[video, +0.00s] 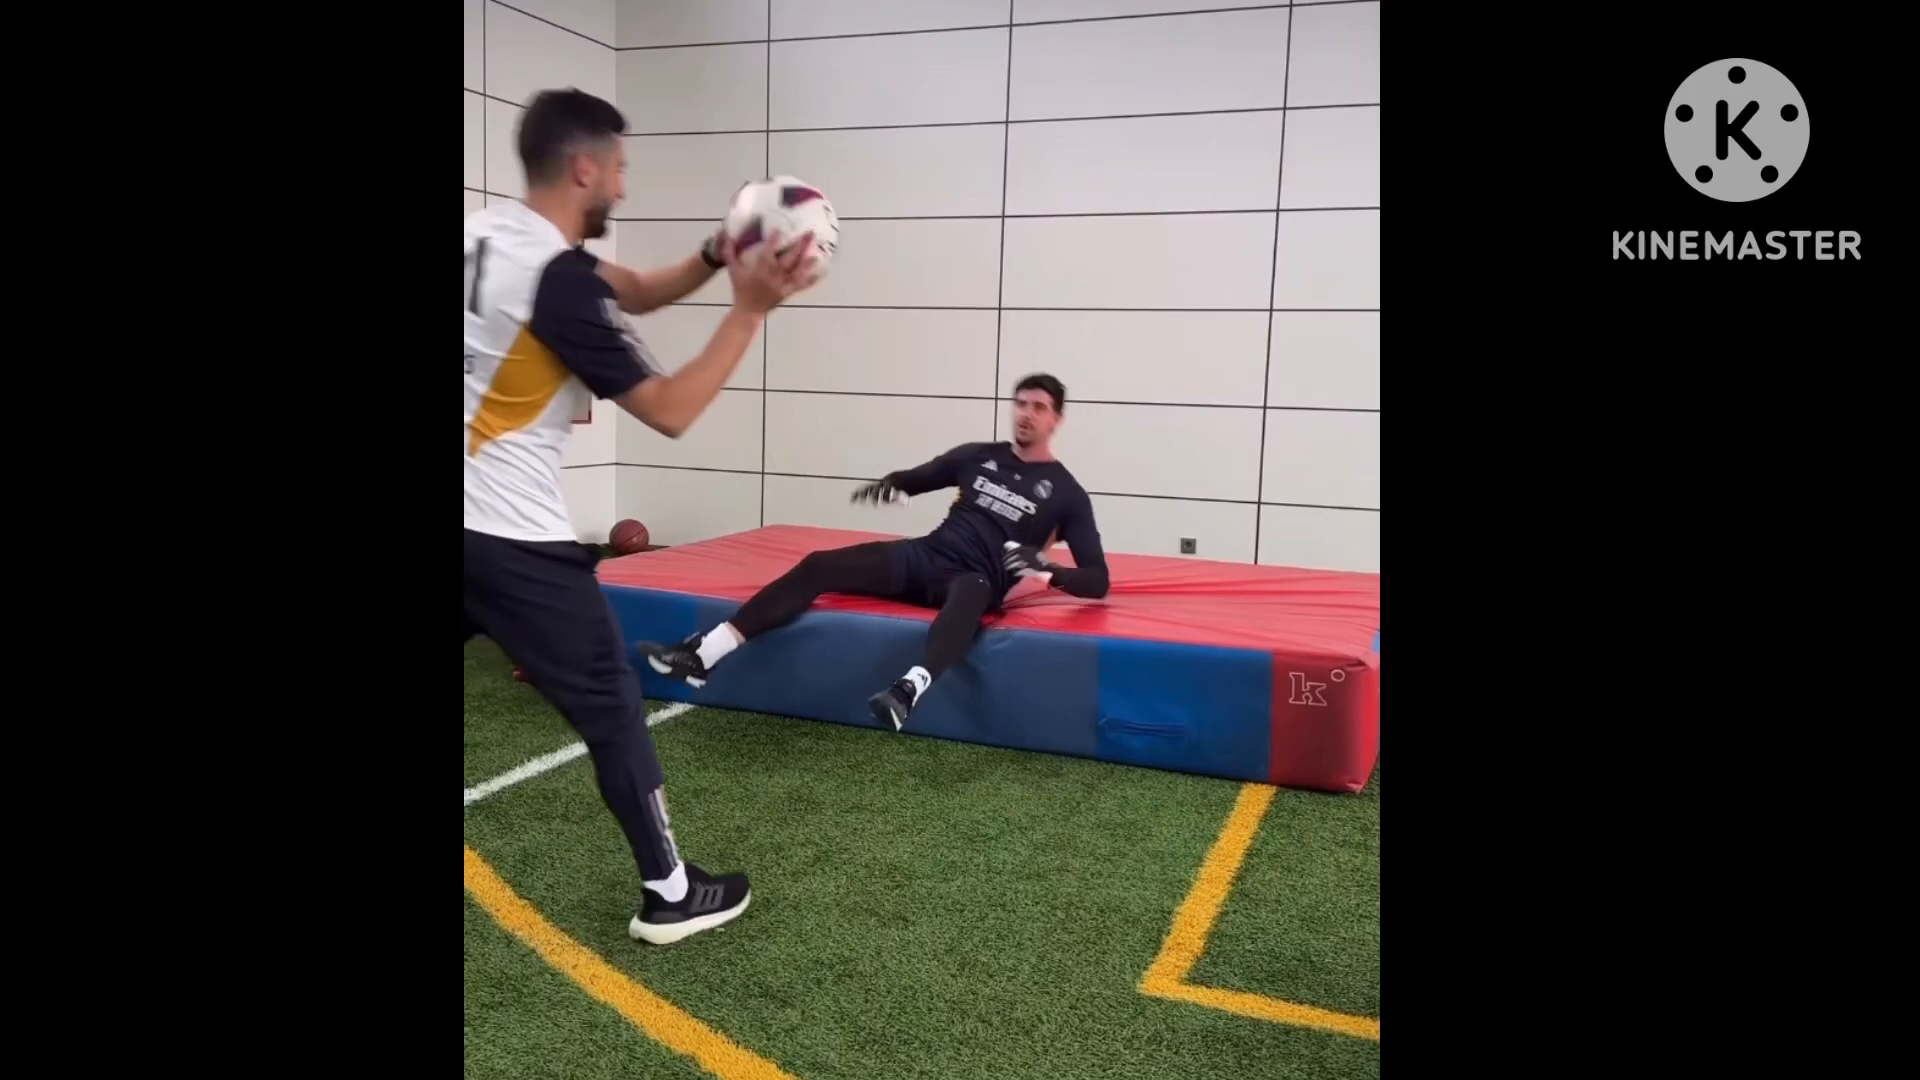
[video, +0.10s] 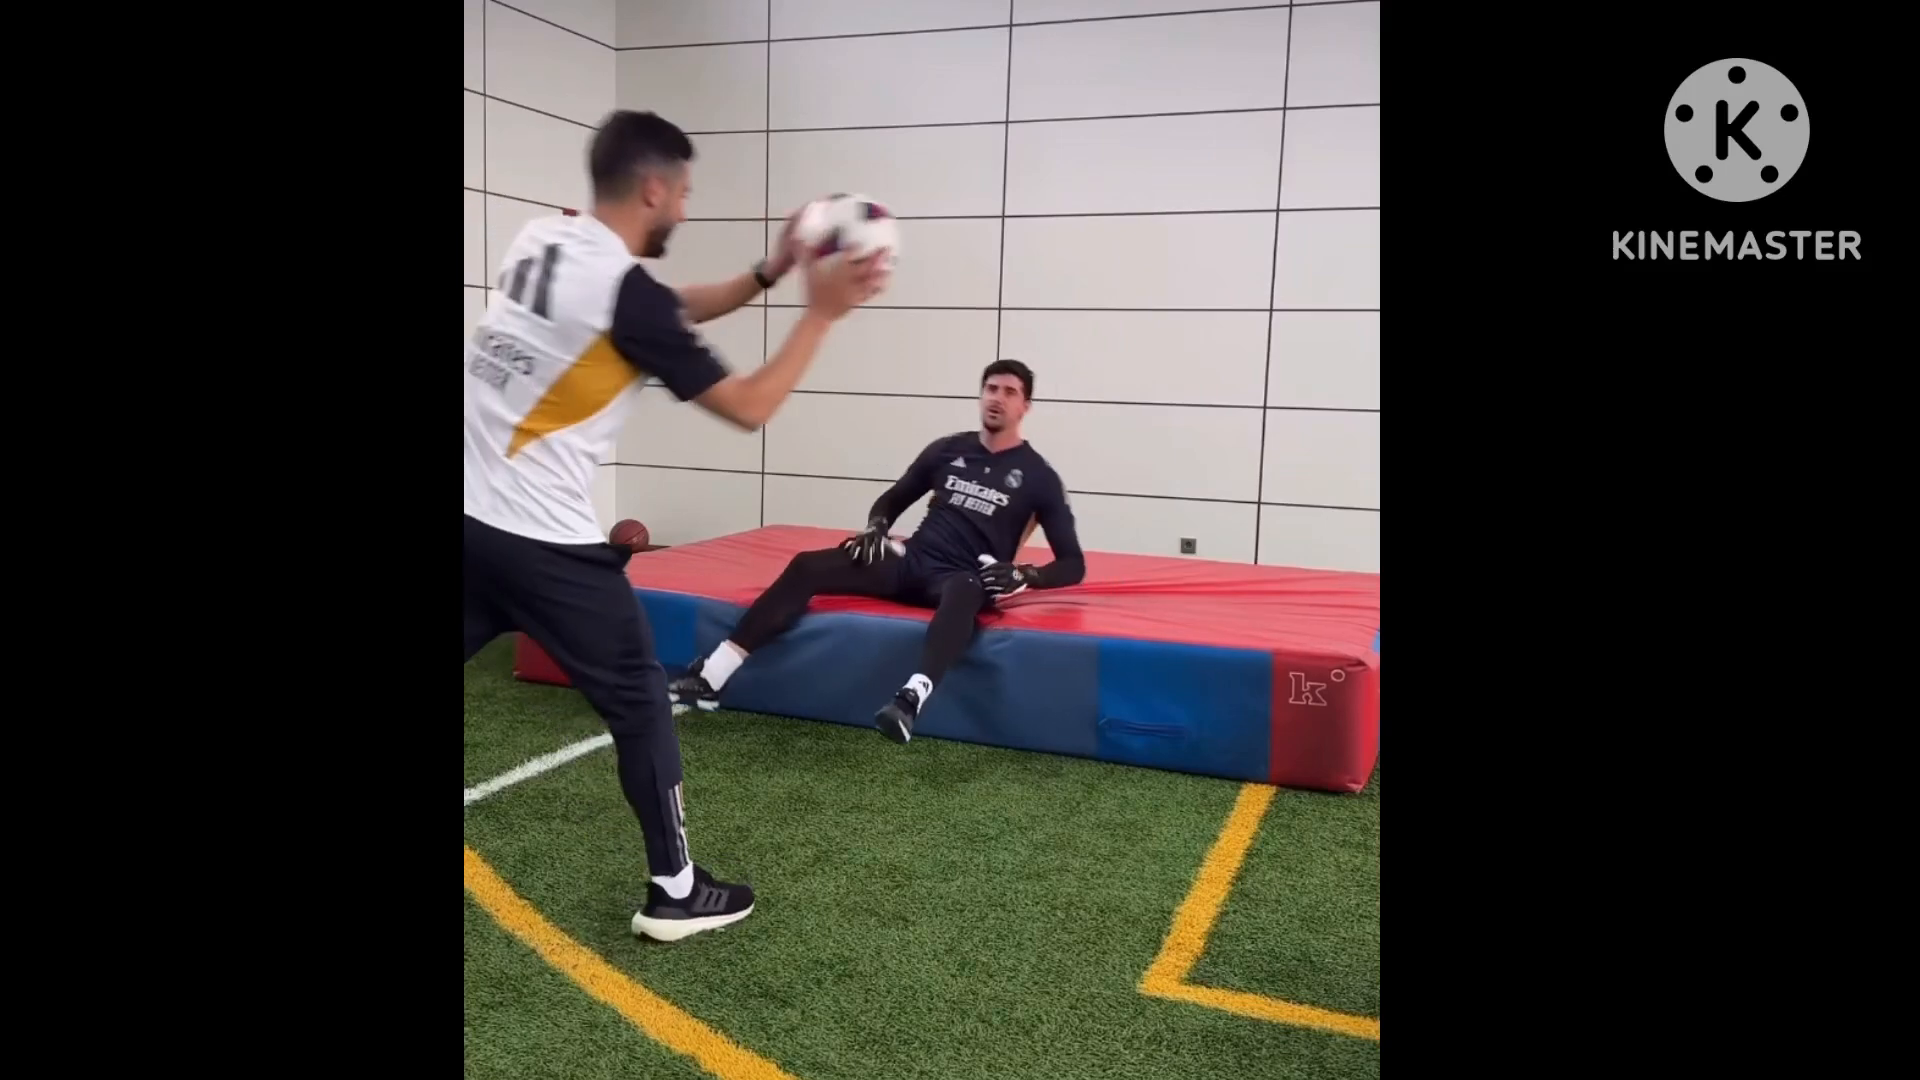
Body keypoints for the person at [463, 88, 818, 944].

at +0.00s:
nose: (622, 184)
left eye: (620, 166)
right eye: (617, 166)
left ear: (544, 164)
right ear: (583, 168)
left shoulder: (485, 225)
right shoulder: (553, 272)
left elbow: (636, 288)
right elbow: (669, 410)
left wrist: (719, 255)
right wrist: (750, 308)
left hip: (471, 519)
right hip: (509, 534)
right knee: (608, 700)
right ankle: (669, 889)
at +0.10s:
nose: (685, 208)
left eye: (686, 193)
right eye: (683, 193)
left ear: (610, 184)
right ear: (654, 189)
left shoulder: (539, 237)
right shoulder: (629, 291)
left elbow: (667, 308)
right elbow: (751, 406)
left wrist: (766, 274)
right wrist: (823, 313)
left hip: (472, 513)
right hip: (545, 537)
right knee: (638, 699)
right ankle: (675, 886)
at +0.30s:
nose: (753, 251)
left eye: (757, 238)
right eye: (757, 236)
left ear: (680, 212)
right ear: (735, 228)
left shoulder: (594, 254)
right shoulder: (702, 302)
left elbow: (667, 356)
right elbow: (819, 349)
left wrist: (768, 364)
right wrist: (912, 359)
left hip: (474, 494)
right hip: (564, 526)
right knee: (646, 699)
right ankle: (677, 883)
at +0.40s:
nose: (755, 265)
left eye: (759, 249)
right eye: (758, 247)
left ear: (687, 221)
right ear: (734, 232)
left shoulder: (591, 263)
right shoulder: (704, 308)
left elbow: (629, 395)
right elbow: (809, 400)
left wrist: (733, 430)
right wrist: (863, 426)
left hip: (474, 500)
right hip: (573, 528)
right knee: (652, 699)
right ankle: (679, 882)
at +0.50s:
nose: (735, 259)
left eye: (740, 242)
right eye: (739, 240)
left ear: (662, 217)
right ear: (715, 228)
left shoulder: (567, 264)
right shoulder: (691, 314)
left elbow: (574, 393)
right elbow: (760, 467)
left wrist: (670, 469)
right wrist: (783, 498)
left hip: (473, 507)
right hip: (565, 534)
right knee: (652, 697)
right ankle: (678, 881)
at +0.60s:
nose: (694, 237)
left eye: (695, 219)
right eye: (692, 219)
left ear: (614, 207)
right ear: (665, 215)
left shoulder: (513, 263)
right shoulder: (646, 313)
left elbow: (510, 400)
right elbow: (665, 482)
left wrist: (606, 475)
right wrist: (700, 551)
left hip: (468, 527)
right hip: (551, 547)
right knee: (642, 698)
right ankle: (678, 879)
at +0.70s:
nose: (624, 213)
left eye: (624, 196)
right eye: (621, 195)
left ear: (544, 187)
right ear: (591, 192)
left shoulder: (469, 252)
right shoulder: (577, 296)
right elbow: (598, 457)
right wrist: (659, 544)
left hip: (471, 532)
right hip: (508, 542)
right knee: (603, 703)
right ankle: (676, 879)